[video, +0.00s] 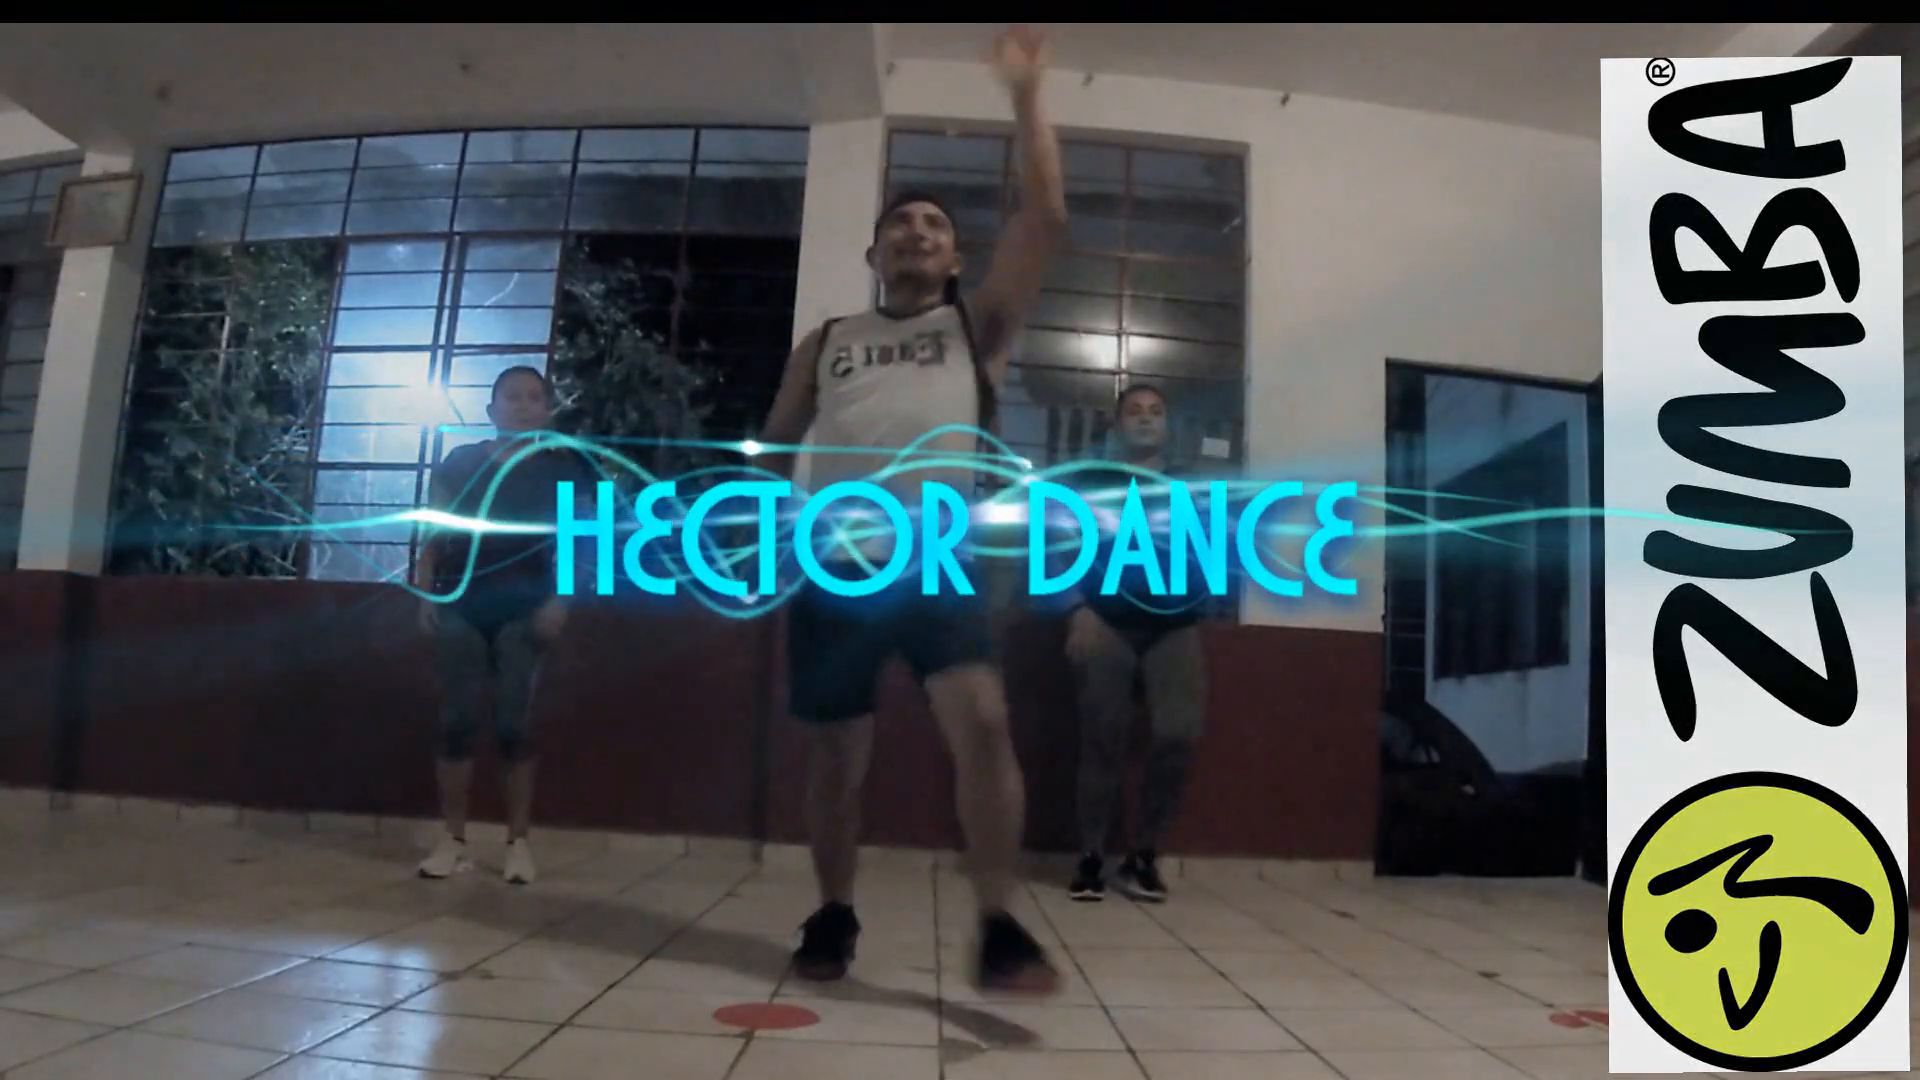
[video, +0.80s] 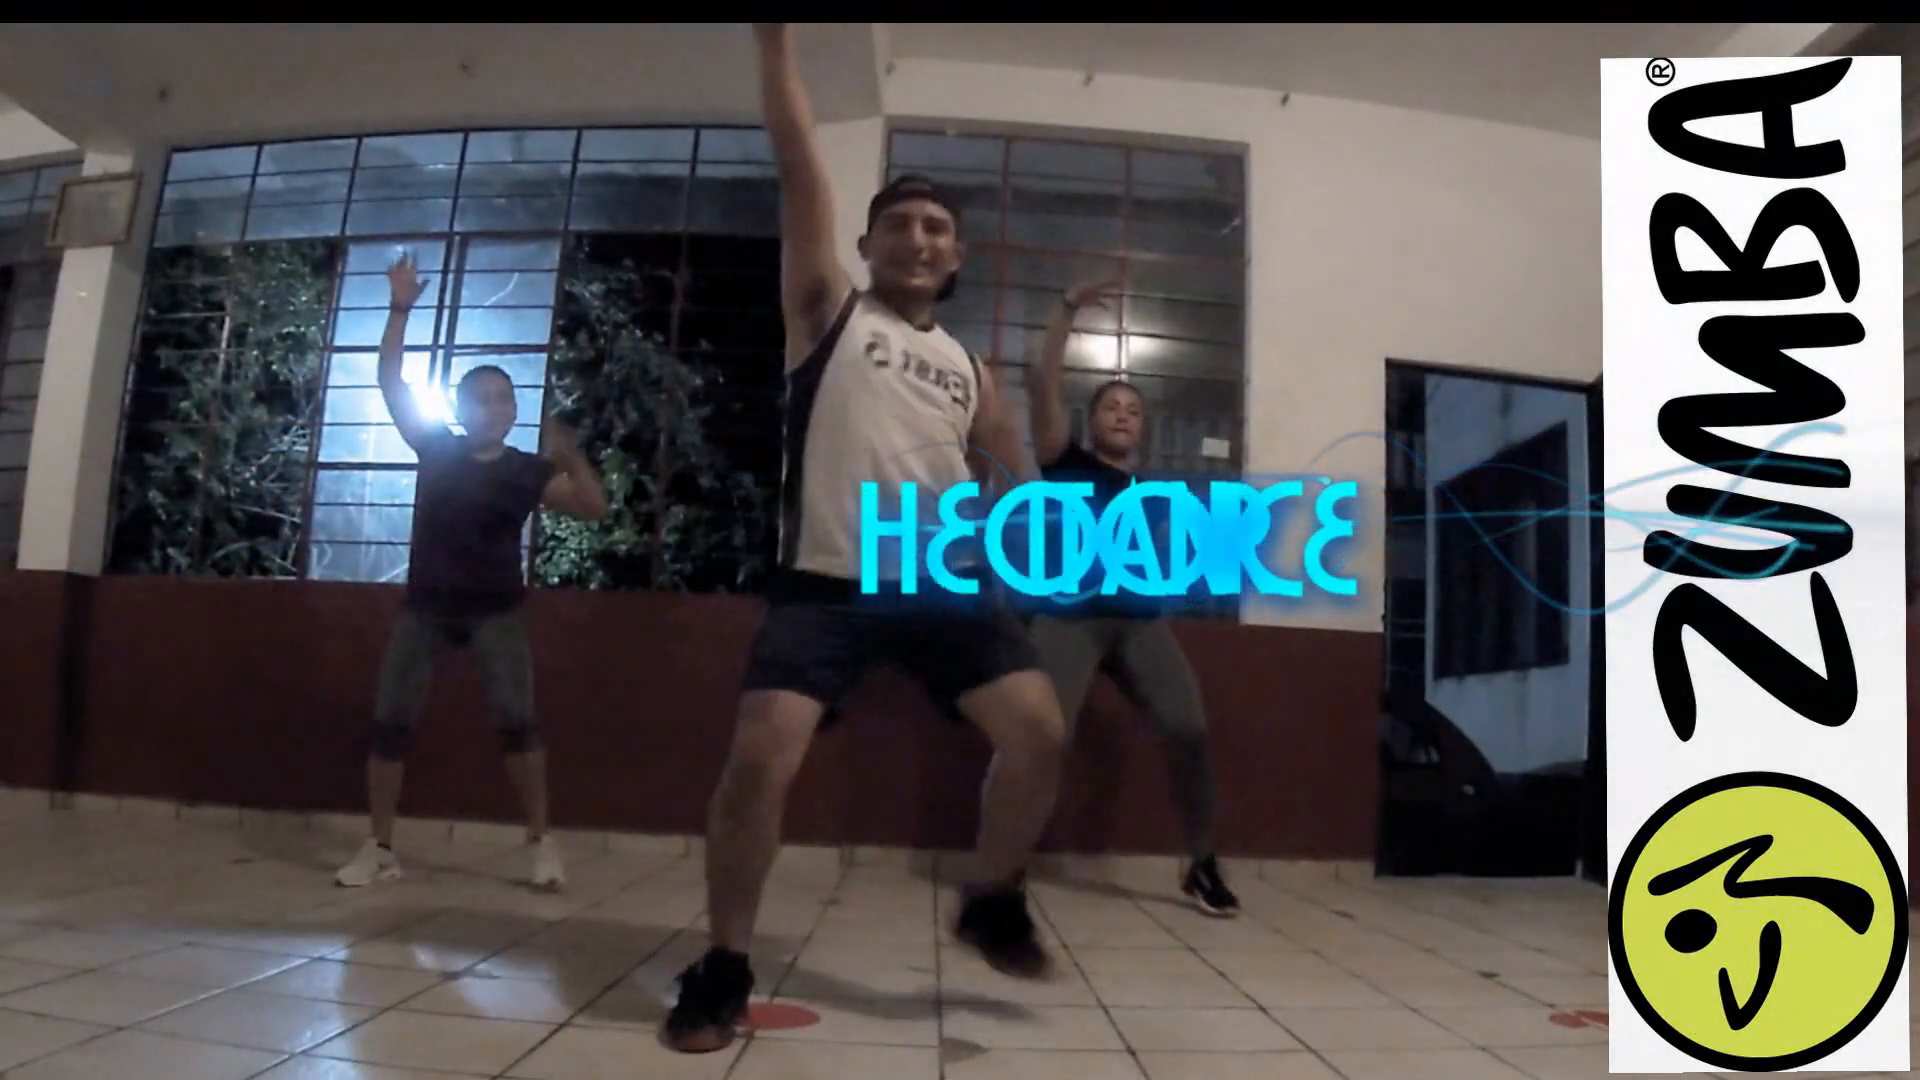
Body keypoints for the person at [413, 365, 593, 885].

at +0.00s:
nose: (524, 407)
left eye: (533, 399)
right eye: (513, 398)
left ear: (549, 408)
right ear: (493, 406)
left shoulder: (565, 466)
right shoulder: (461, 462)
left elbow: (578, 538)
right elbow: (431, 533)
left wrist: (562, 600)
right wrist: (427, 595)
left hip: (525, 613)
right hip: (459, 609)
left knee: (517, 728)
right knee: (456, 724)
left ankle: (518, 843)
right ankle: (452, 840)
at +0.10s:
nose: (523, 409)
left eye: (532, 401)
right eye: (513, 400)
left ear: (547, 411)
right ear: (491, 407)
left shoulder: (560, 468)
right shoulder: (456, 464)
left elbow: (587, 527)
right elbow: (425, 533)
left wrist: (555, 545)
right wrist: (423, 594)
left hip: (523, 609)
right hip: (457, 609)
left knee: (514, 723)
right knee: (449, 724)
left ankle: (525, 841)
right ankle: (452, 842)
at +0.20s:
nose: (525, 408)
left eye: (535, 401)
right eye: (515, 399)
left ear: (546, 413)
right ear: (494, 407)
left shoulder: (552, 462)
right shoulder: (459, 461)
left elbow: (608, 473)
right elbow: (423, 529)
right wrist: (420, 594)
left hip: (523, 610)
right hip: (460, 609)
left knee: (524, 725)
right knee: (451, 727)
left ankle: (540, 848)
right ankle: (452, 843)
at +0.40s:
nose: (531, 407)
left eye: (540, 400)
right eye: (520, 398)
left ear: (552, 413)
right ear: (500, 410)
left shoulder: (566, 460)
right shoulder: (471, 468)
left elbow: (616, 414)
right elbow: (423, 519)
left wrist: (627, 339)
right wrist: (426, 514)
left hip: (530, 610)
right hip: (465, 607)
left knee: (528, 727)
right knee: (420, 711)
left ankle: (547, 853)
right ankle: (439, 833)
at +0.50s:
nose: (522, 406)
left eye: (532, 398)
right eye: (512, 397)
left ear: (546, 409)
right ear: (494, 410)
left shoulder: (561, 457)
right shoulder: (469, 461)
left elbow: (616, 418)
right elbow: (399, 464)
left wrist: (620, 341)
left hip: (525, 610)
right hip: (462, 606)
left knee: (526, 726)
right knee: (404, 704)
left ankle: (547, 855)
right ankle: (405, 835)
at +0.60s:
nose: (512, 409)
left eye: (521, 401)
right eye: (502, 401)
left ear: (534, 413)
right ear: (482, 411)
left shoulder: (549, 463)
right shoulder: (460, 455)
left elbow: (608, 432)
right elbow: (405, 401)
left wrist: (608, 360)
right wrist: (400, 330)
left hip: (517, 610)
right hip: (451, 605)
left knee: (522, 727)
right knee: (400, 716)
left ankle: (547, 855)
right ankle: (379, 845)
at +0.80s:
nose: (495, 407)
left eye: (502, 399)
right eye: (484, 397)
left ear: (513, 409)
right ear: (460, 405)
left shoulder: (524, 470)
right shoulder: (435, 449)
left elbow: (593, 505)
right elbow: (390, 380)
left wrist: (567, 452)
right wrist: (401, 308)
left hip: (496, 610)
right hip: (427, 605)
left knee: (516, 721)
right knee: (391, 721)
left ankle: (541, 844)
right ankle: (380, 848)